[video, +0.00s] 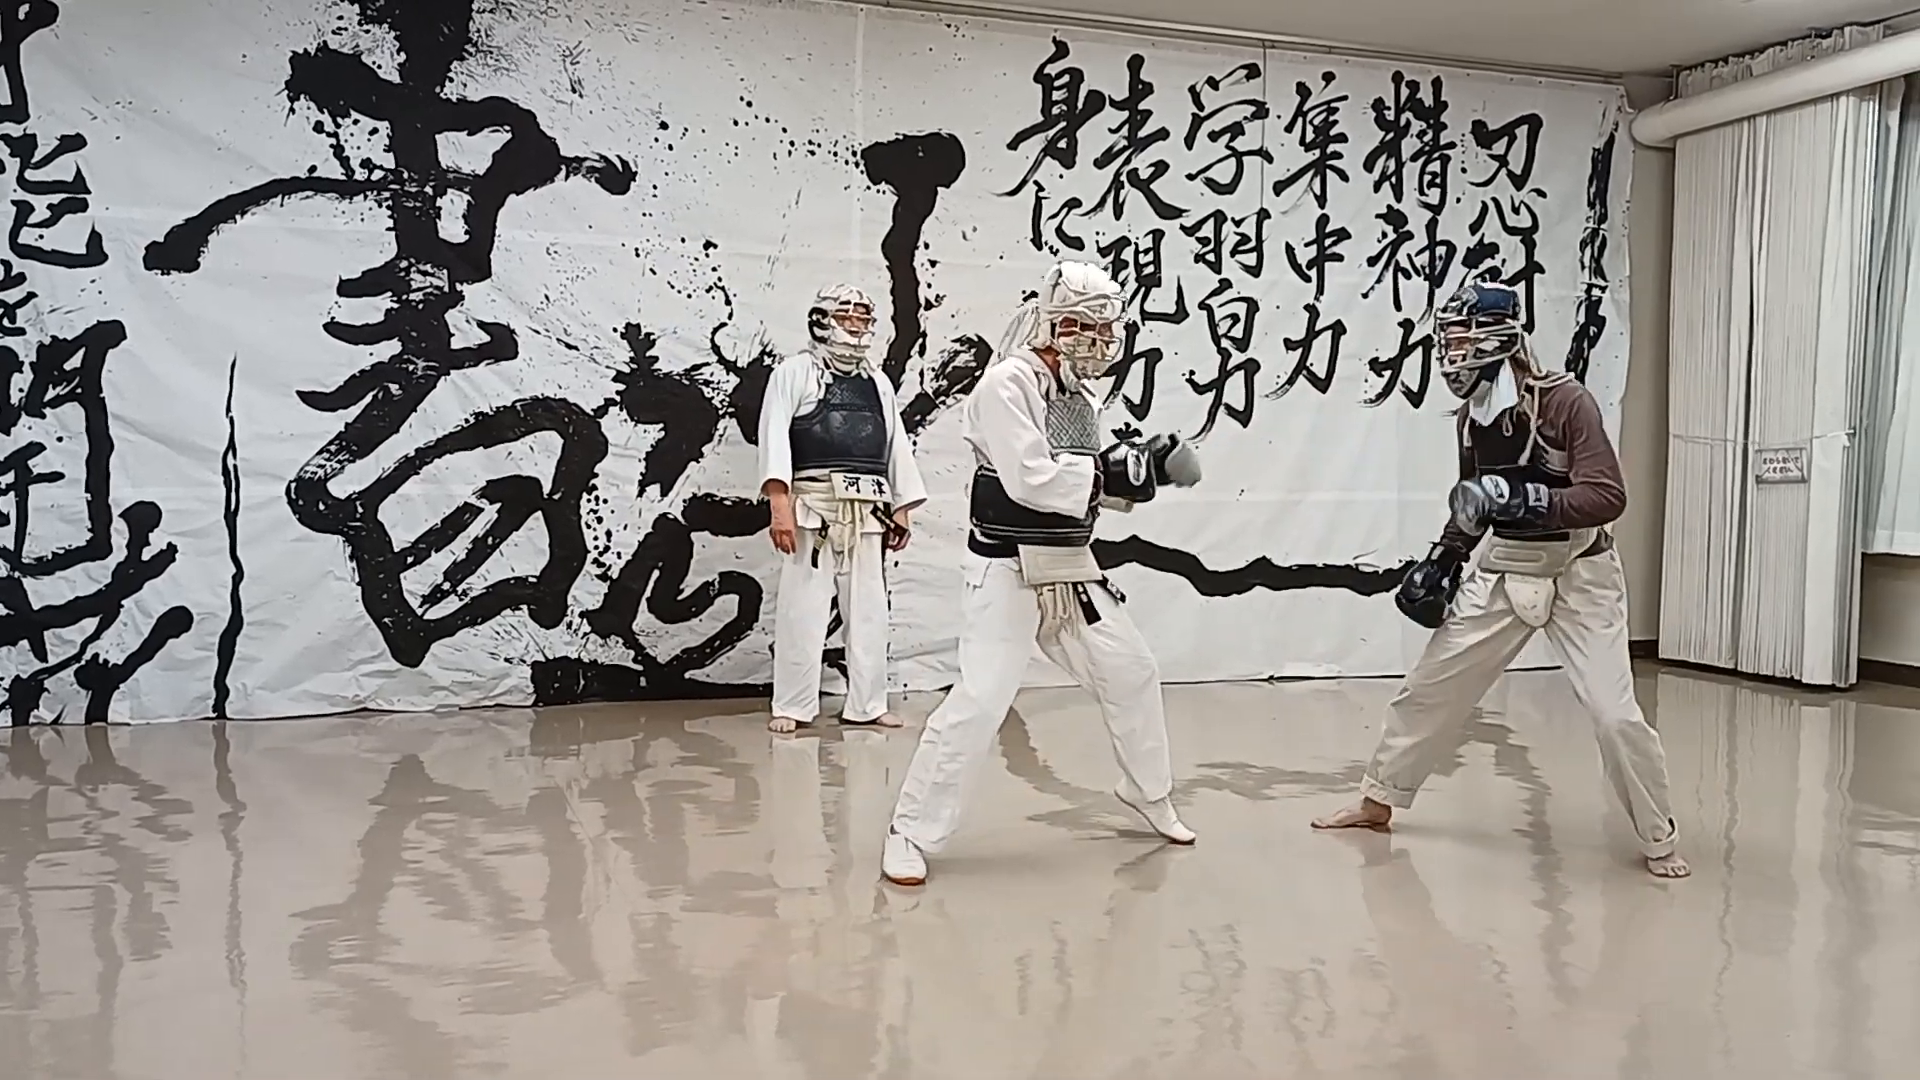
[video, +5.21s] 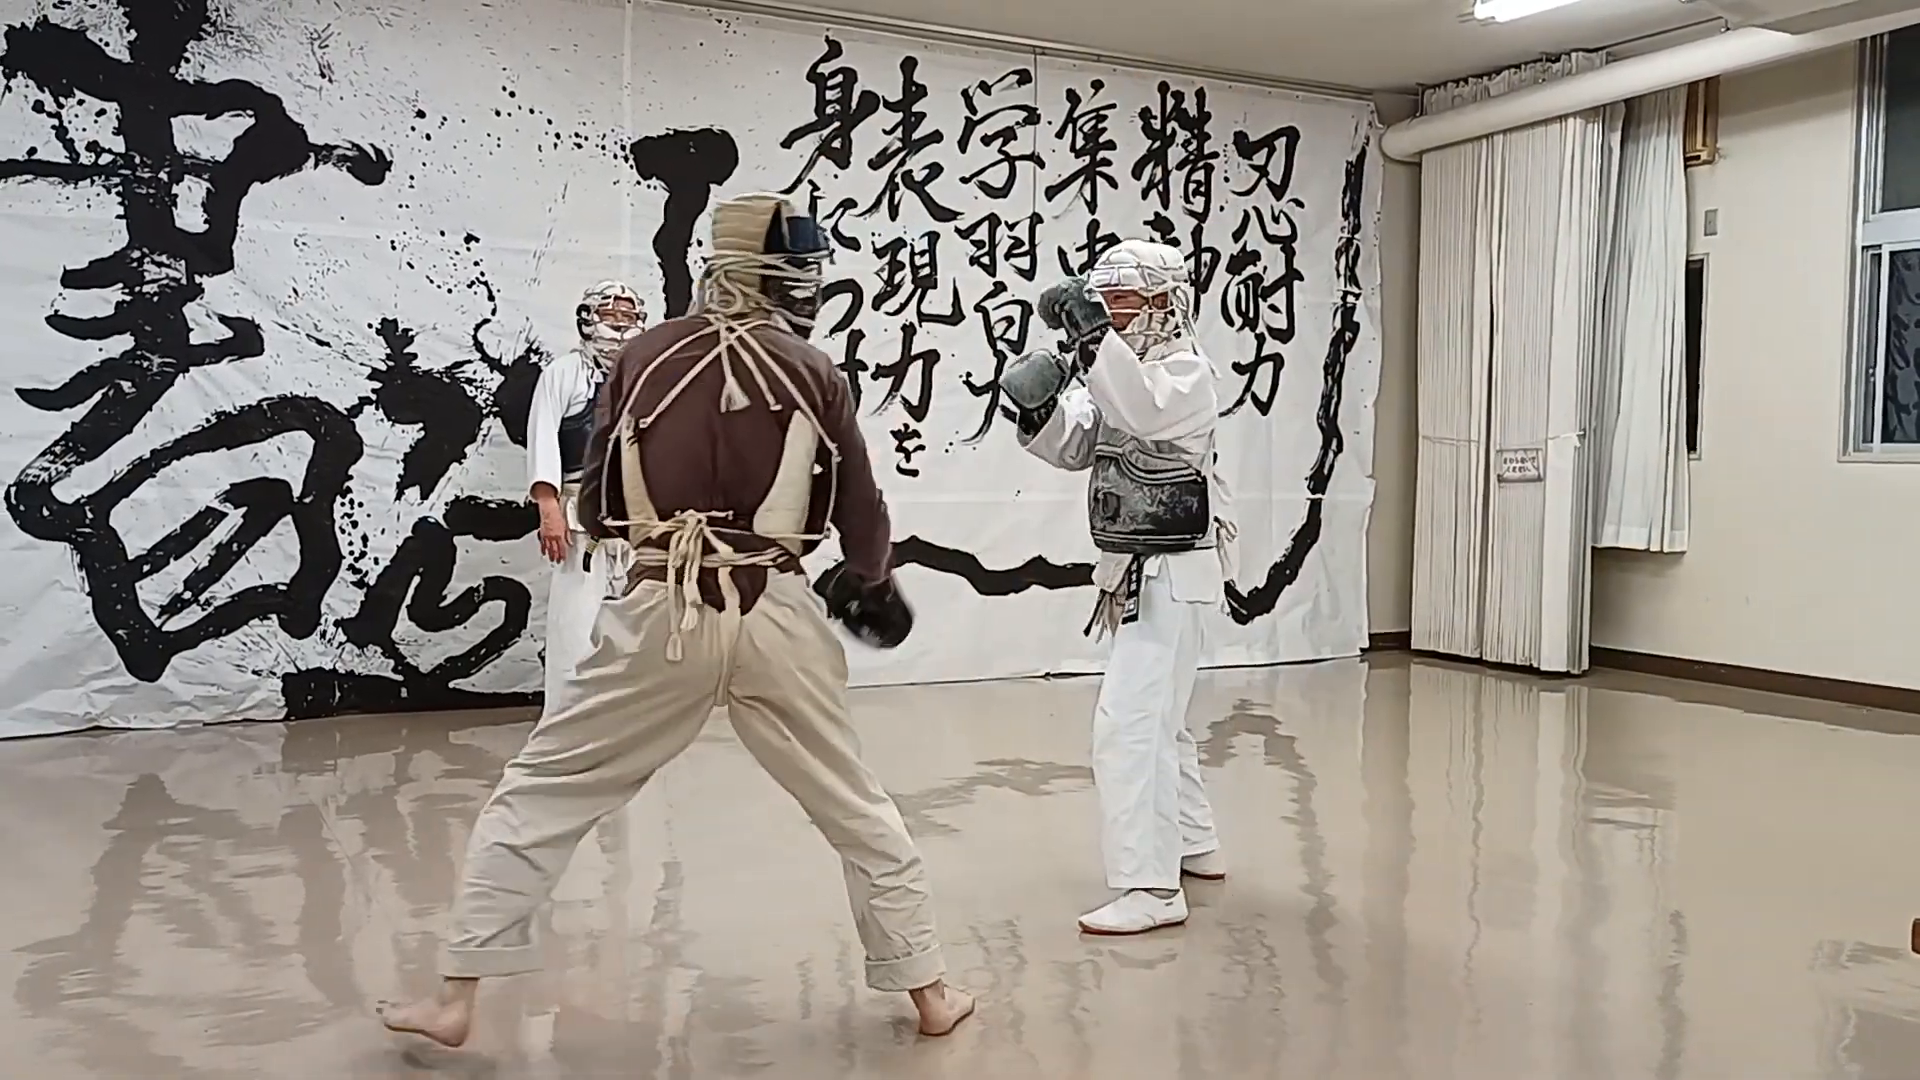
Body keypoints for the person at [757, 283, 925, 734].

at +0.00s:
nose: (855, 326)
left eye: (863, 320)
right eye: (846, 317)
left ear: (871, 326)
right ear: (823, 320)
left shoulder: (878, 380)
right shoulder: (794, 371)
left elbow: (896, 446)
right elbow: (774, 439)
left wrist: (903, 508)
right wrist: (780, 505)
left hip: (868, 509)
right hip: (809, 507)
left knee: (869, 612)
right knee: (802, 612)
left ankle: (866, 706)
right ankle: (792, 709)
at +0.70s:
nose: (788, 324)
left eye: (794, 318)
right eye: (778, 316)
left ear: (799, 326)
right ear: (754, 320)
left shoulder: (808, 381)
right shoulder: (724, 374)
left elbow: (828, 447)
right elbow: (706, 443)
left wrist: (835, 510)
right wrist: (713, 509)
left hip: (802, 511)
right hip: (743, 510)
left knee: (805, 614)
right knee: (736, 615)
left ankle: (802, 708)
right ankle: (726, 713)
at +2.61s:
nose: (731, 321)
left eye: (738, 315)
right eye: (721, 313)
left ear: (746, 323)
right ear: (698, 318)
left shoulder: (755, 379)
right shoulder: (670, 372)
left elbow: (775, 446)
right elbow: (651, 442)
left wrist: (781, 511)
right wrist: (658, 509)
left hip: (749, 511)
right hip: (688, 509)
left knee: (751, 614)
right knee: (681, 616)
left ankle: (747, 709)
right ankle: (671, 713)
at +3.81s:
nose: (661, 318)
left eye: (669, 312)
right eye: (651, 310)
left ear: (679, 321)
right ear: (630, 316)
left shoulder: (693, 377)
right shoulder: (604, 368)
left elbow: (714, 446)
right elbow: (584, 438)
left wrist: (719, 511)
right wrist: (590, 506)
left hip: (684, 510)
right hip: (620, 509)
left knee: (685, 616)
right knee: (614, 617)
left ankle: (681, 710)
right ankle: (604, 715)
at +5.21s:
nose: (624, 311)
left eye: (631, 305)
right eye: (613, 304)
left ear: (639, 316)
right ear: (590, 314)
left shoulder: (645, 368)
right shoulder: (566, 369)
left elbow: (667, 440)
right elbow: (542, 440)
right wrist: (549, 508)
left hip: (639, 512)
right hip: (580, 511)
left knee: (636, 631)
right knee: (574, 632)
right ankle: (563, 738)